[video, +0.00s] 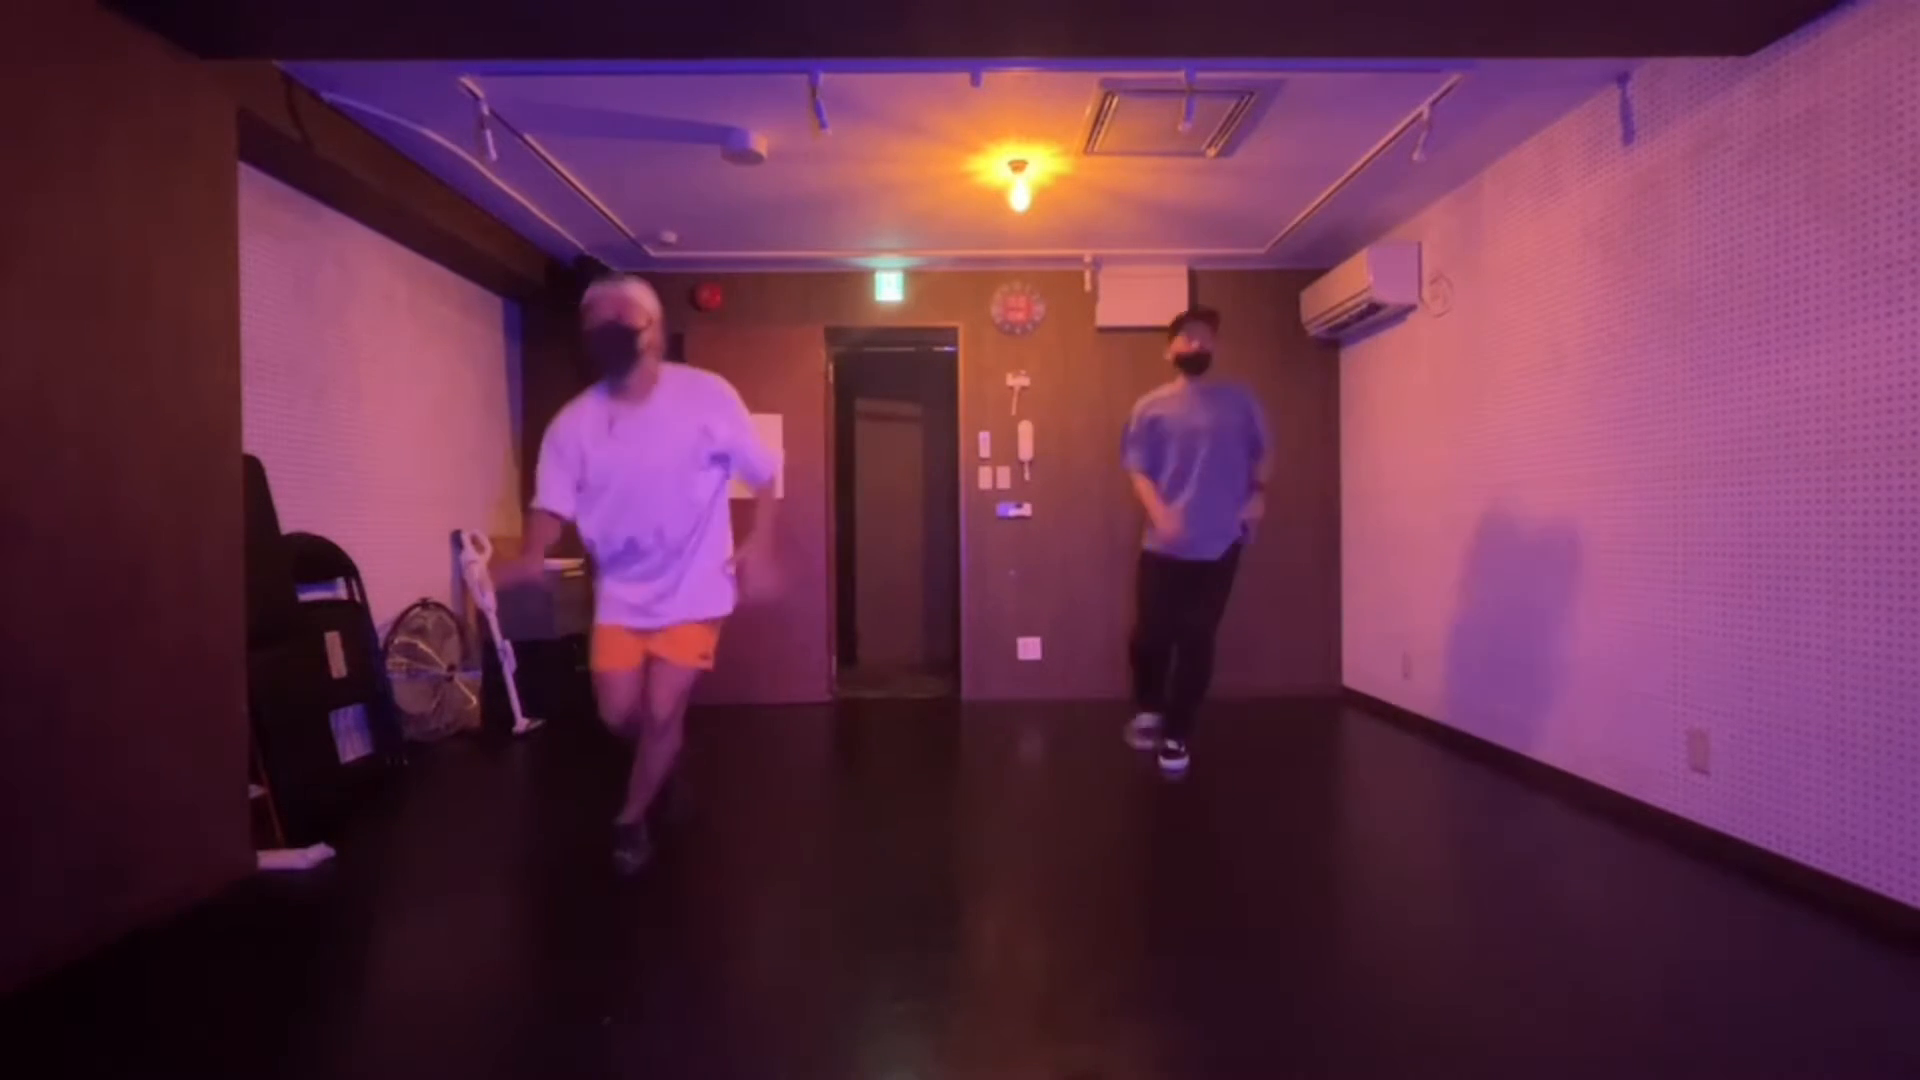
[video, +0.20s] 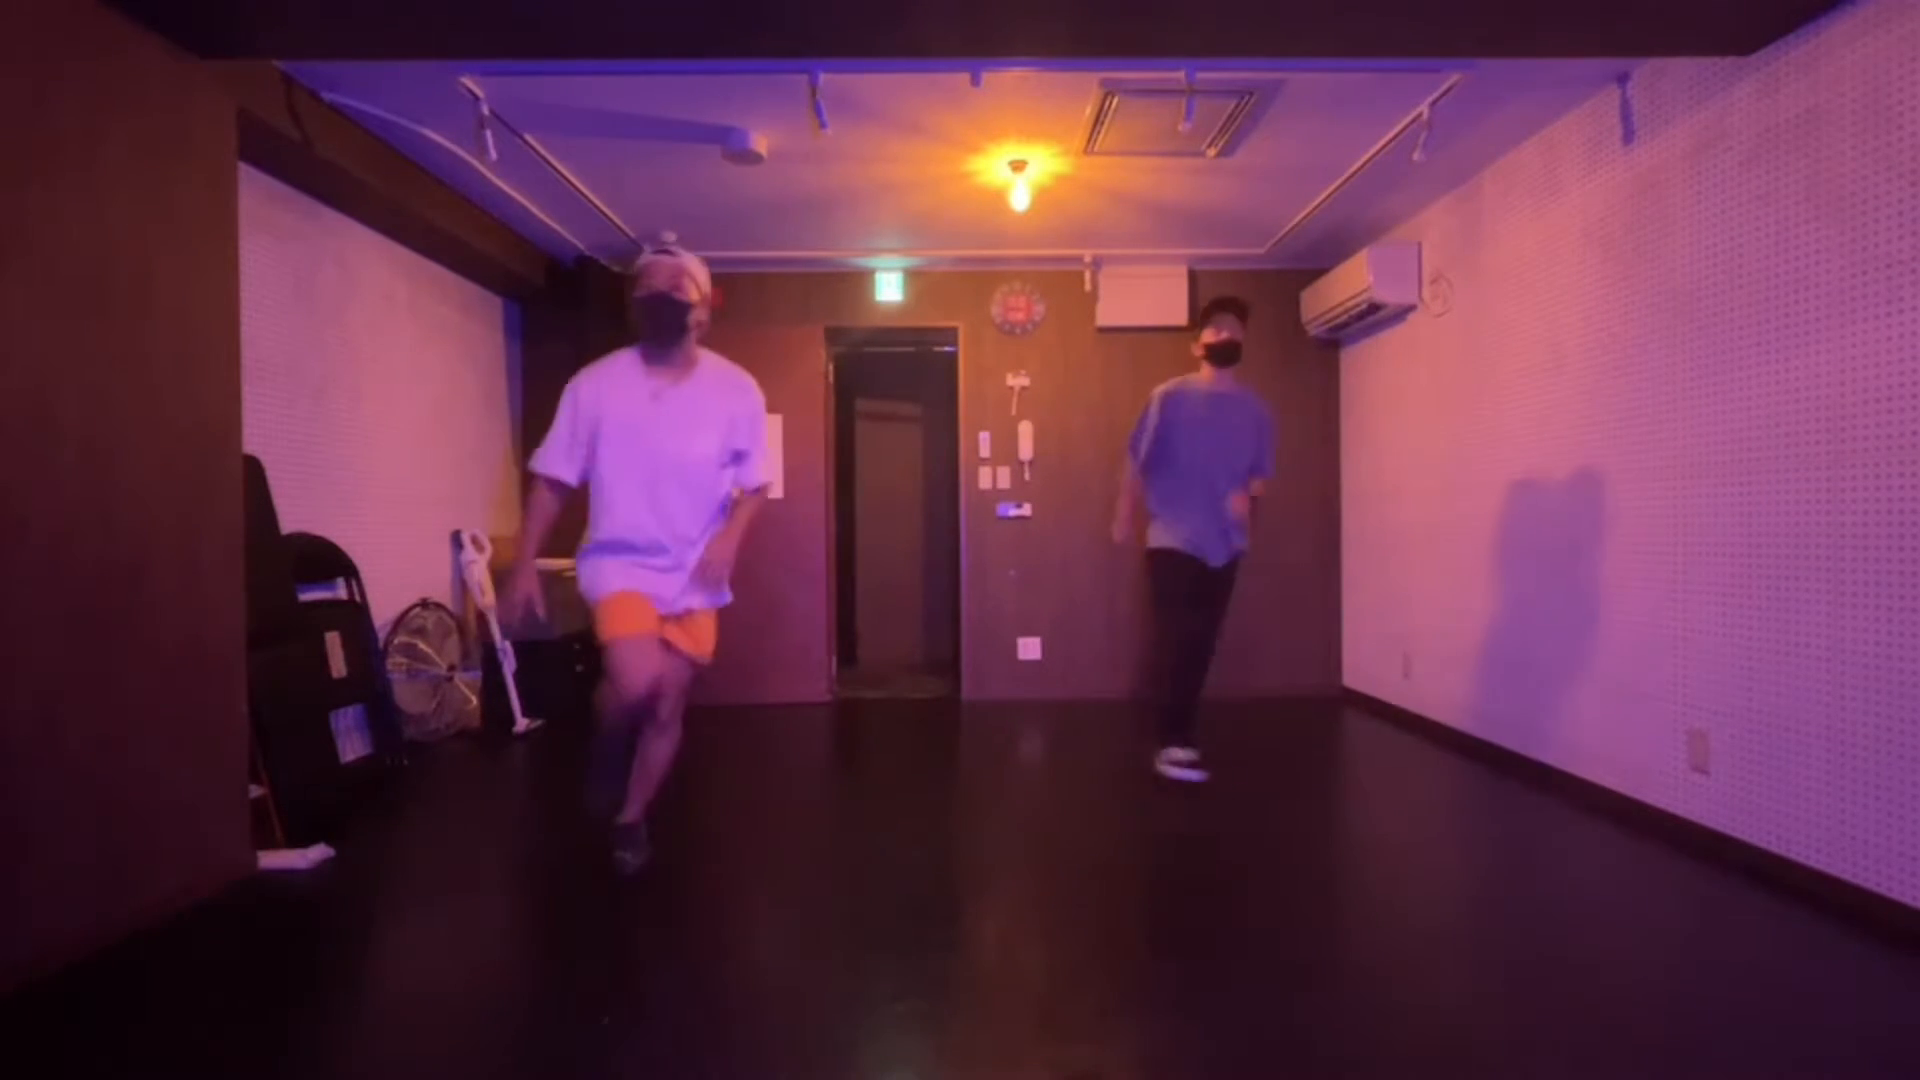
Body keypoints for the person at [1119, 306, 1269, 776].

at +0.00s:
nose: (1194, 344)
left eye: (1203, 336)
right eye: (1185, 336)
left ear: (1215, 346)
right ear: (1170, 347)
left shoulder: (1239, 402)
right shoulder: (1150, 406)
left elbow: (1262, 453)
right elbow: (1137, 467)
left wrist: (1256, 496)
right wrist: (1159, 513)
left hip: (1218, 549)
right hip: (1164, 548)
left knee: (1197, 642)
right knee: (1151, 635)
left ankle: (1178, 734)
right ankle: (1148, 708)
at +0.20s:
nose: (1224, 339)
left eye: (1234, 333)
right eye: (1215, 330)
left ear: (1243, 346)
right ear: (1198, 340)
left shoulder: (1253, 408)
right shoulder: (1170, 396)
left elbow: (1258, 473)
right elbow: (1136, 461)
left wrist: (1246, 503)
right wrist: (1125, 516)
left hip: (1222, 542)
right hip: (1170, 535)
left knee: (1200, 643)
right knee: (1176, 638)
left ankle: (1181, 739)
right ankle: (1169, 742)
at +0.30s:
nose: (1242, 351)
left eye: (1250, 344)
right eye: (1233, 341)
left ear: (1260, 356)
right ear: (1214, 350)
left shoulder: (1260, 416)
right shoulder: (1178, 399)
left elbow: (1273, 486)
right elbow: (1130, 441)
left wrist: (1258, 463)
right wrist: (1115, 500)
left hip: (1229, 543)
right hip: (1180, 538)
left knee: (1212, 645)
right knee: (1217, 643)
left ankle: (1163, 732)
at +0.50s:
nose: (1259, 387)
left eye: (1268, 382)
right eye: (1250, 378)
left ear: (1278, 394)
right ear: (1231, 389)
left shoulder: (1270, 449)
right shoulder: (1204, 424)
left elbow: (1290, 522)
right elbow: (1136, 451)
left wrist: (1284, 463)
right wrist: (1117, 508)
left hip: (1244, 579)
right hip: (1198, 570)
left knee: (1239, 675)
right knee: (1244, 666)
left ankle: (1157, 731)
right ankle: (1266, 756)